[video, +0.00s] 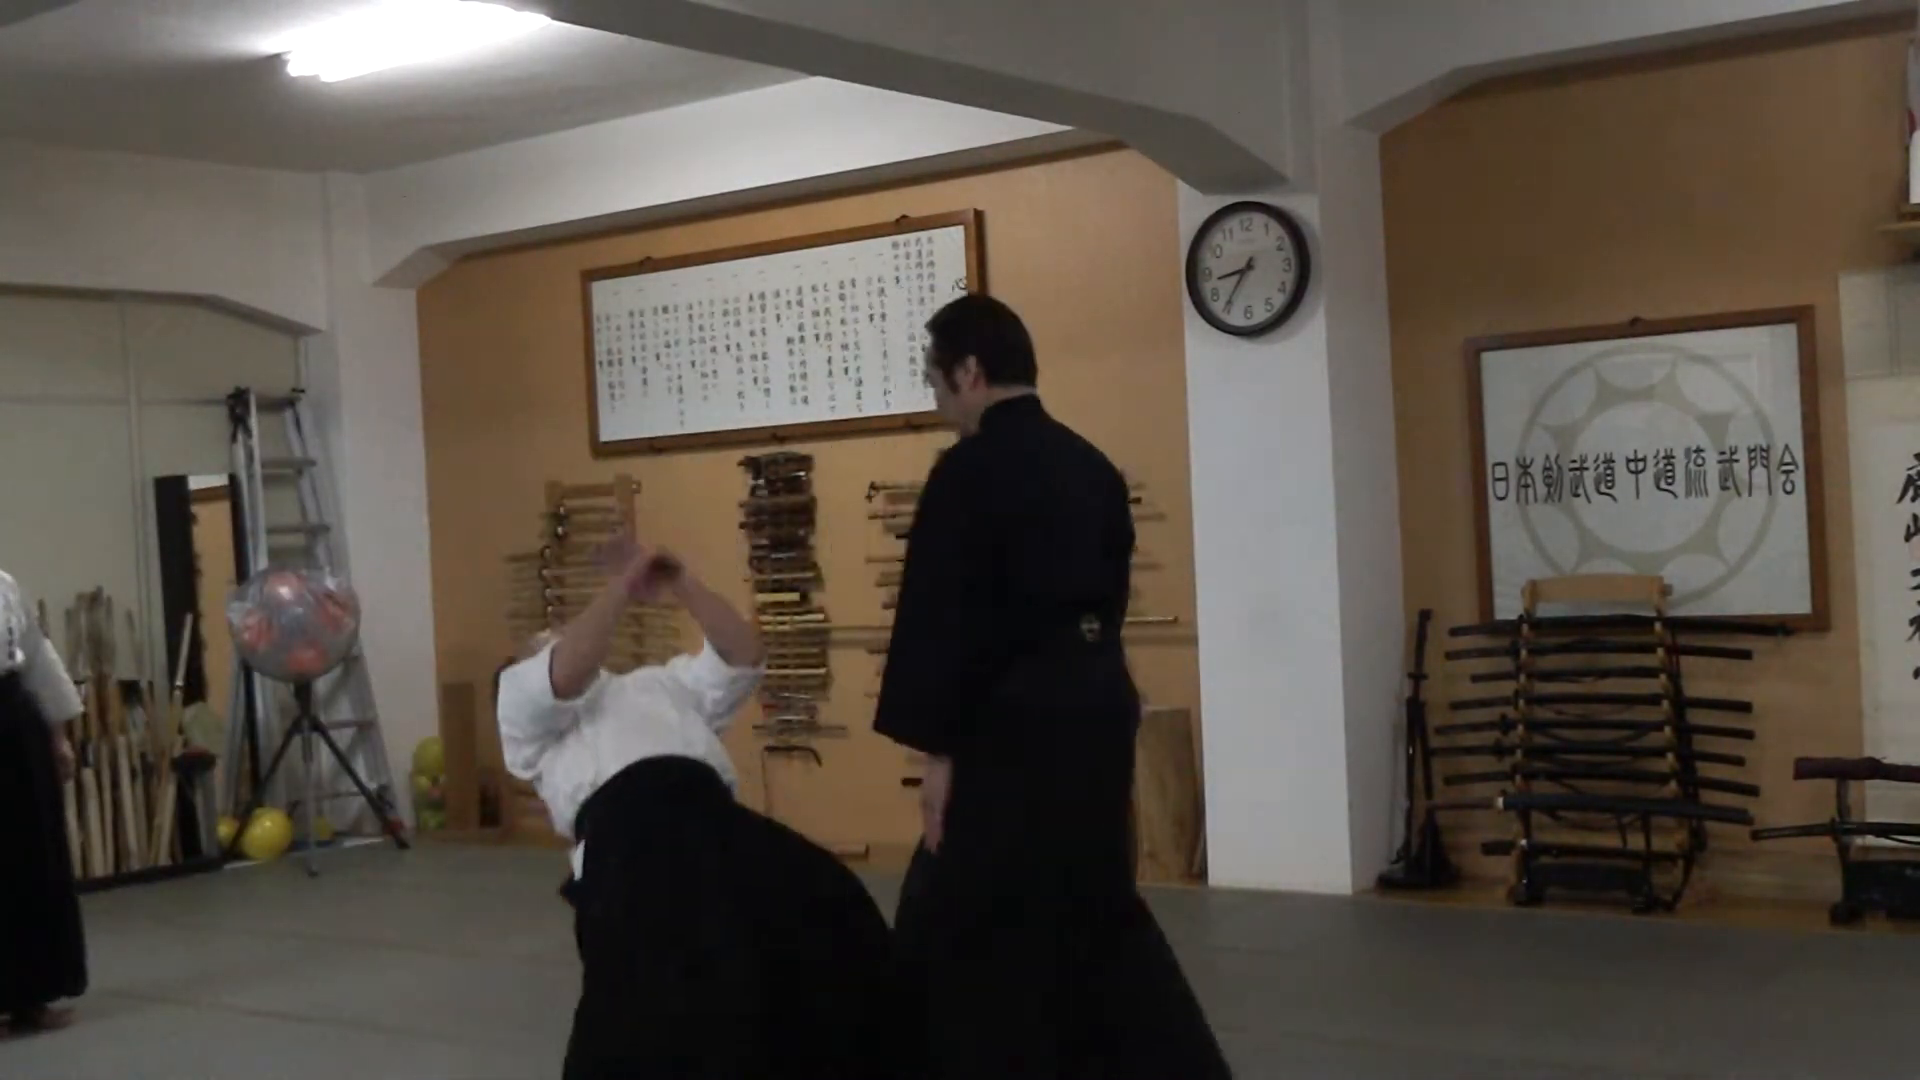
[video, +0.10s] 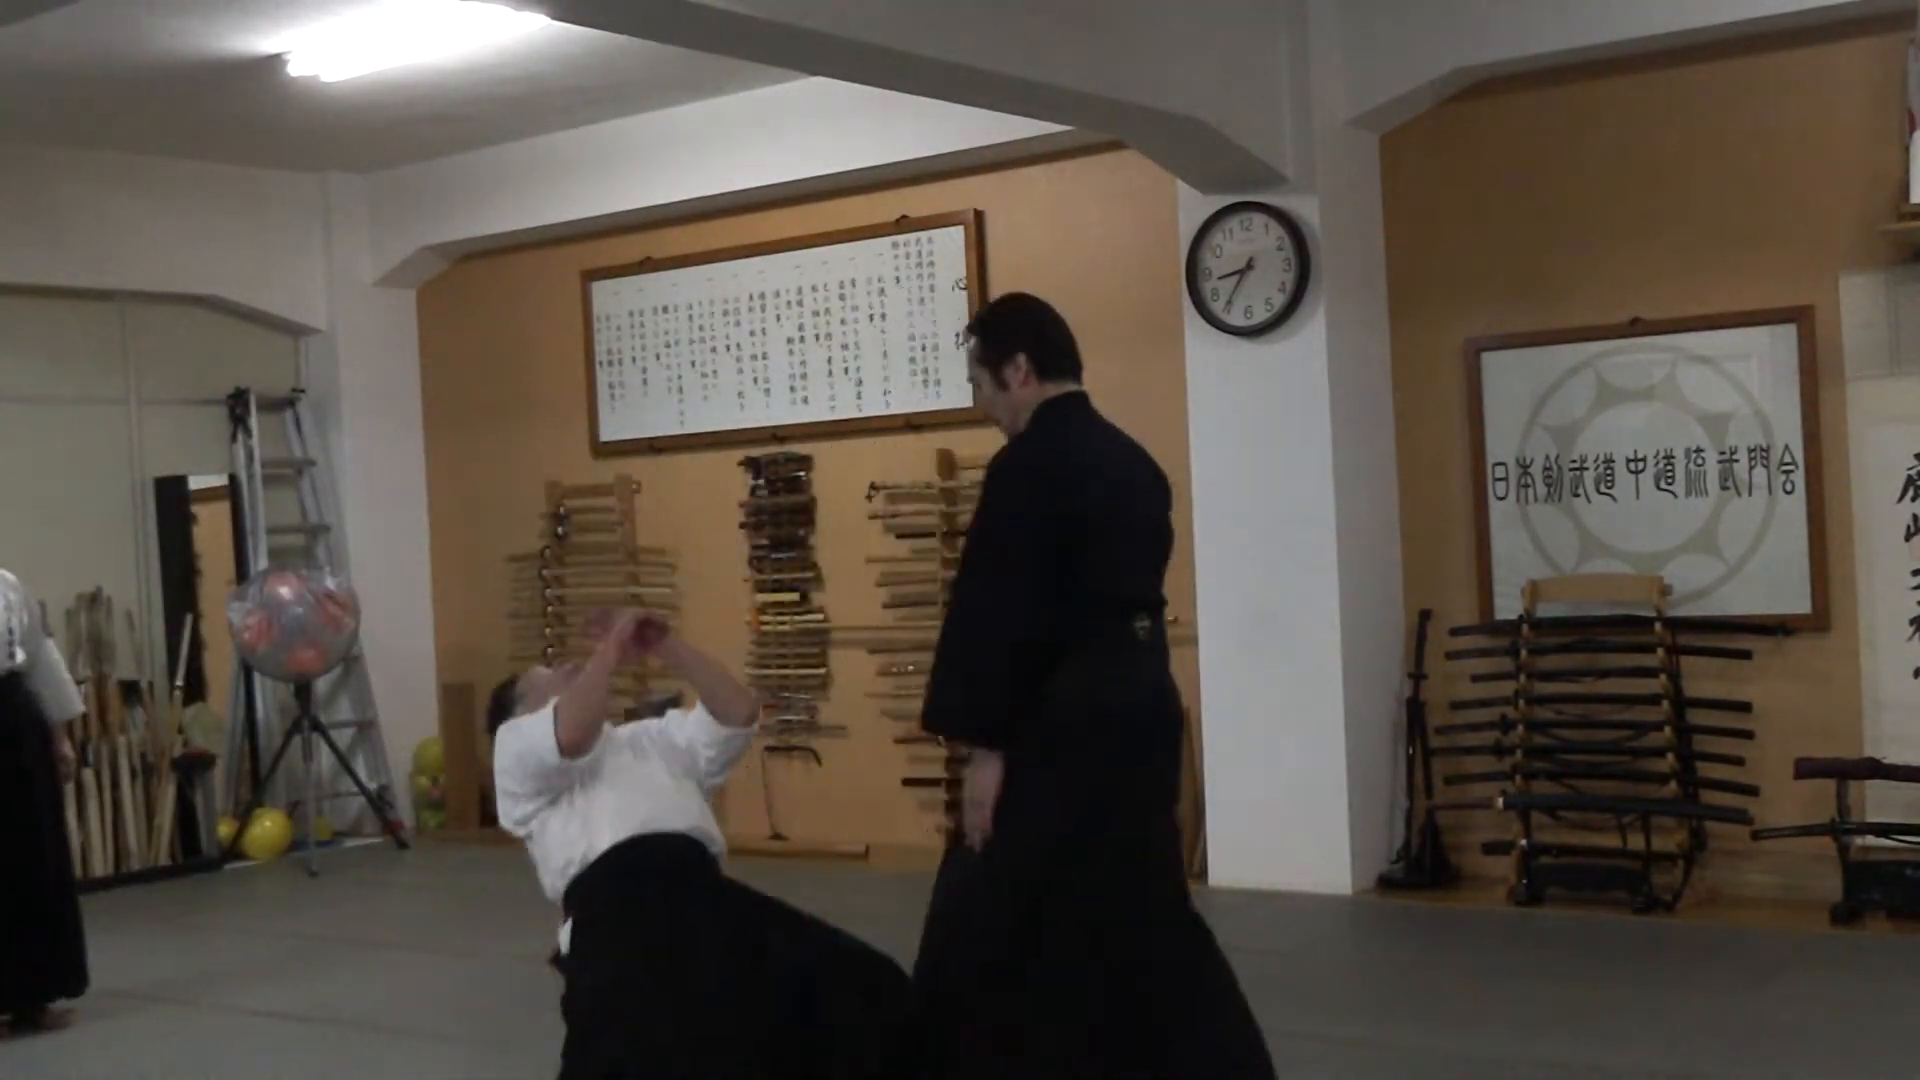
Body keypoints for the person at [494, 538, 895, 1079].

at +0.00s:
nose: (562, 642)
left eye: (563, 639)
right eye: (542, 646)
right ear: (520, 673)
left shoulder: (666, 684)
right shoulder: (526, 710)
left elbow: (743, 655)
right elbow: (570, 667)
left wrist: (685, 588)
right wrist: (621, 587)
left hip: (717, 813)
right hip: (630, 829)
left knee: (834, 899)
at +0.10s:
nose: (568, 665)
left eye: (564, 665)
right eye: (547, 669)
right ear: (517, 713)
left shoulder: (656, 738)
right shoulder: (517, 751)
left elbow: (737, 713)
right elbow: (574, 732)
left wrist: (667, 649)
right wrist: (608, 654)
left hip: (709, 894)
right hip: (618, 910)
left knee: (871, 985)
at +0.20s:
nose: (563, 715)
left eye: (557, 710)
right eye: (544, 715)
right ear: (513, 760)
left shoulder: (646, 787)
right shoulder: (508, 806)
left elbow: (728, 773)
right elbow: (566, 797)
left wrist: (663, 707)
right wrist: (604, 706)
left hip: (698, 946)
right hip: (603, 959)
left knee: (871, 1020)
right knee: (611, 1051)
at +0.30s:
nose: (548, 777)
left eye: (545, 771)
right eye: (529, 775)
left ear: (559, 788)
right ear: (495, 816)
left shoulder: (623, 842)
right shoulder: (495, 866)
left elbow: (718, 813)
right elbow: (540, 834)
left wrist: (645, 756)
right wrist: (579, 756)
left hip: (684, 998)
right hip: (594, 1017)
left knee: (817, 979)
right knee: (615, 1047)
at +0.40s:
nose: (507, 837)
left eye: (505, 831)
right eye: (484, 841)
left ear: (527, 850)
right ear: (464, 887)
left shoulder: (598, 900)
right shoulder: (478, 947)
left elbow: (696, 877)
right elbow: (469, 918)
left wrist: (649, 822)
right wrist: (537, 825)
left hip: (668, 1050)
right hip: (579, 1066)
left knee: (758, 935)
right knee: (616, 973)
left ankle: (842, 1070)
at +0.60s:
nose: (428, 979)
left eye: (413, 980)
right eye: (408, 992)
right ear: (404, 1036)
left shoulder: (496, 1027)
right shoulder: (418, 1061)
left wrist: (635, 860)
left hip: (657, 1046)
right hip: (591, 1058)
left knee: (708, 867)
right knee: (508, 902)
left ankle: (815, 925)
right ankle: (583, 751)